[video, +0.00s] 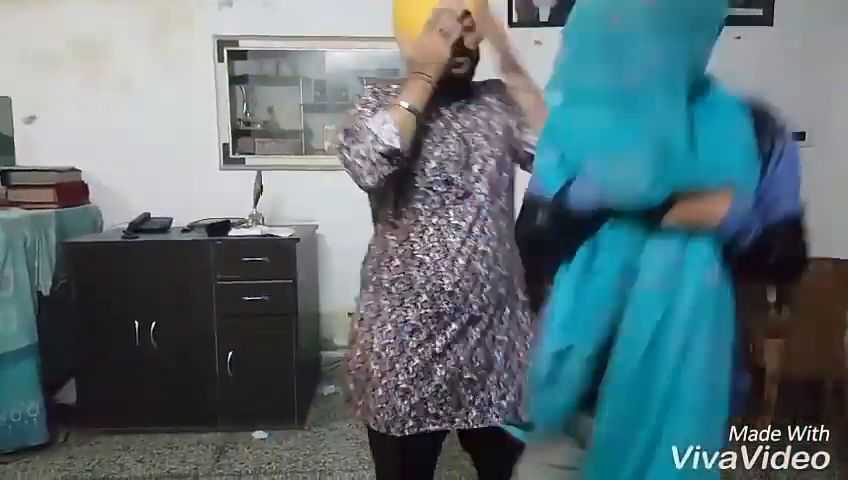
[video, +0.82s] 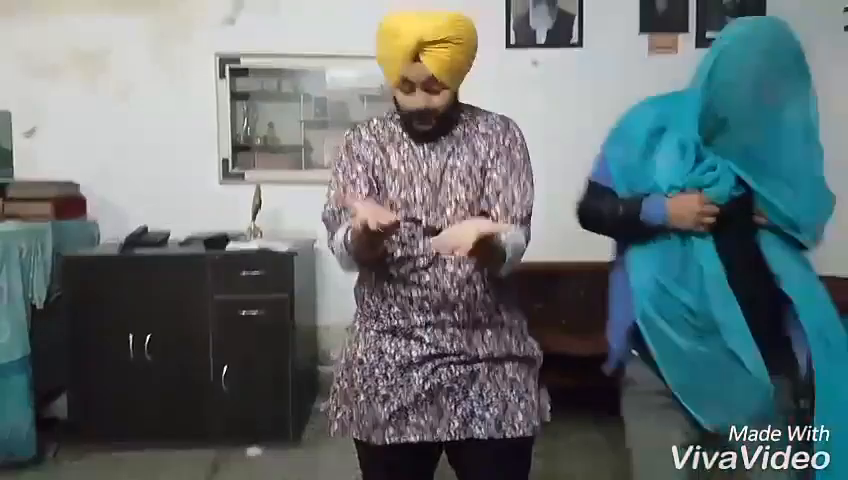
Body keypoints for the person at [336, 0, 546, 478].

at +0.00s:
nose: (463, 41)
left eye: (470, 27)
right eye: (445, 27)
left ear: (483, 37)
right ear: (412, 36)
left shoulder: (497, 107)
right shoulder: (382, 104)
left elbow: (560, 159)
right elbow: (368, 169)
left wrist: (511, 65)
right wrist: (422, 77)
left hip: (490, 331)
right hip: (406, 335)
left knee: (503, 467)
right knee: (404, 471)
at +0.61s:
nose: (411, 50)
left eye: (426, 35)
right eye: (396, 36)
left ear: (452, 41)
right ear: (377, 45)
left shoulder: (484, 105)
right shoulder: (360, 113)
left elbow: (524, 189)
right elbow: (324, 201)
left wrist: (477, 96)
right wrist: (357, 100)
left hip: (483, 341)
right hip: (389, 347)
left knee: (501, 471)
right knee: (395, 472)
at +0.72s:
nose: (397, 77)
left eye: (414, 65)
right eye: (390, 61)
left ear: (449, 65)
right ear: (382, 56)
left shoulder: (493, 116)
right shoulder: (361, 128)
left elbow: (524, 216)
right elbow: (337, 225)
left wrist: (492, 190)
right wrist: (364, 188)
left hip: (484, 337)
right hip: (390, 340)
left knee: (500, 470)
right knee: (391, 471)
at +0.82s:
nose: (421, 101)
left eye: (435, 87)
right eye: (407, 87)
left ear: (459, 79)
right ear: (391, 80)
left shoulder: (500, 138)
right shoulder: (362, 144)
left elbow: (514, 246)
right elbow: (345, 250)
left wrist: (484, 238)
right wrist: (364, 228)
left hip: (488, 364)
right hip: (390, 367)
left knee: (499, 472)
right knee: (390, 473)